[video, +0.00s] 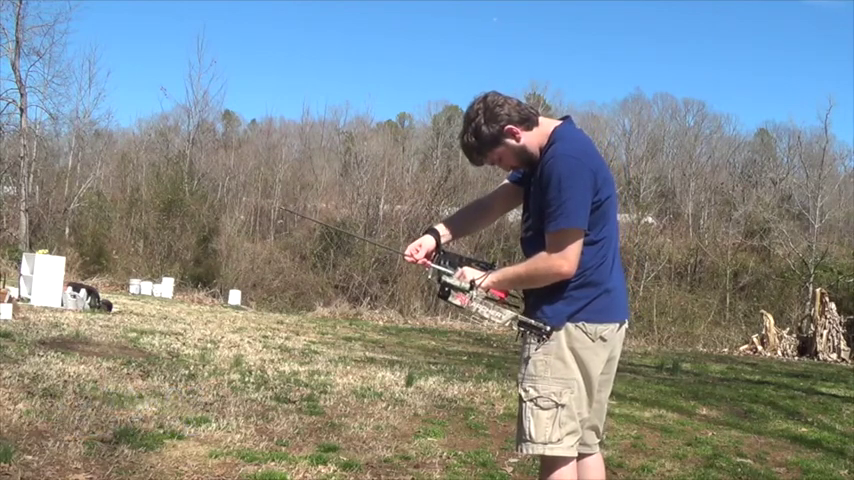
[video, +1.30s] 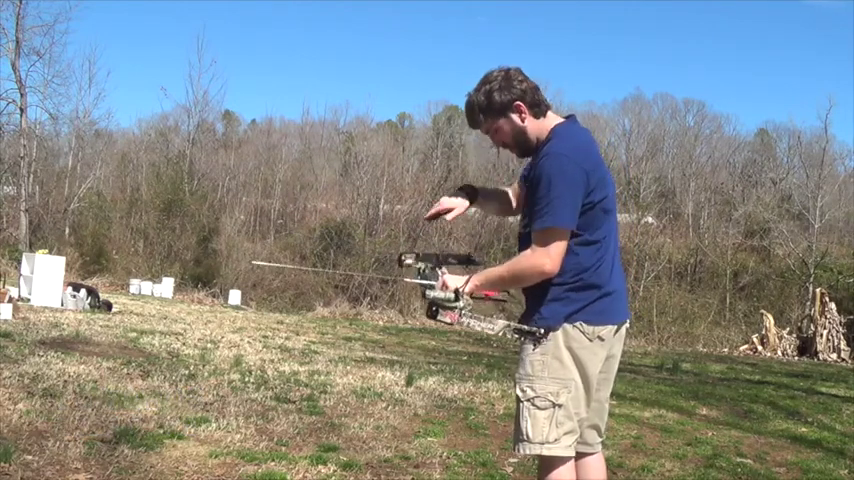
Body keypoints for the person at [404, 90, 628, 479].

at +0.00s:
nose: (500, 166)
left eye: (496, 159)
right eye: (493, 163)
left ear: (512, 132)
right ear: (514, 128)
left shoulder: (565, 159)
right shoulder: (555, 149)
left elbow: (563, 263)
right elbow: (494, 203)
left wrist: (490, 279)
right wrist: (437, 235)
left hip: (570, 319)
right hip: (590, 316)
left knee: (557, 449)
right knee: (585, 445)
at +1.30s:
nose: (495, 143)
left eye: (494, 131)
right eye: (489, 136)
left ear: (520, 110)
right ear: (524, 110)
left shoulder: (558, 156)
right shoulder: (568, 142)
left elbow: (545, 260)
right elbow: (514, 201)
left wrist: (473, 282)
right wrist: (469, 196)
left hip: (567, 320)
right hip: (600, 316)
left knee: (554, 451)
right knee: (587, 444)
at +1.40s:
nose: (494, 140)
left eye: (492, 127)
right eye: (489, 130)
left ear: (519, 108)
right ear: (525, 107)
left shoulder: (555, 153)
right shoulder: (580, 139)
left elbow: (536, 262)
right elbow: (566, 219)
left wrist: (466, 289)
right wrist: (508, 199)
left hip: (566, 317)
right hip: (604, 314)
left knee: (555, 450)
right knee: (587, 443)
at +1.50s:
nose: (494, 138)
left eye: (491, 125)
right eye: (487, 129)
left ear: (517, 106)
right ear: (524, 105)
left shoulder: (549, 153)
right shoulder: (583, 139)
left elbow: (529, 259)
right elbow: (585, 240)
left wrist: (460, 295)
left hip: (564, 320)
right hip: (605, 316)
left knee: (555, 451)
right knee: (588, 444)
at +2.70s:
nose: (499, 147)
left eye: (494, 136)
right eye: (492, 140)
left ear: (505, 111)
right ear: (541, 107)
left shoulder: (526, 151)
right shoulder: (596, 144)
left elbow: (520, 254)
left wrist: (477, 314)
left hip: (565, 311)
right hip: (618, 307)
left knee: (553, 450)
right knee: (598, 448)